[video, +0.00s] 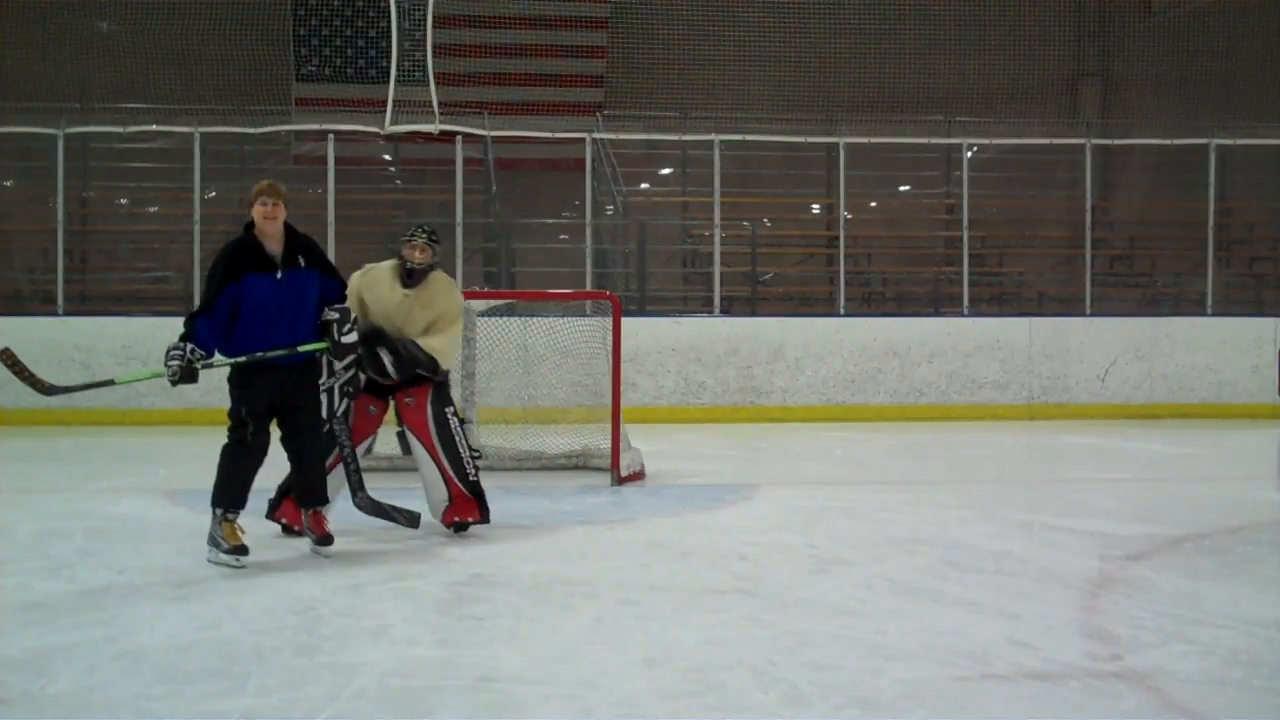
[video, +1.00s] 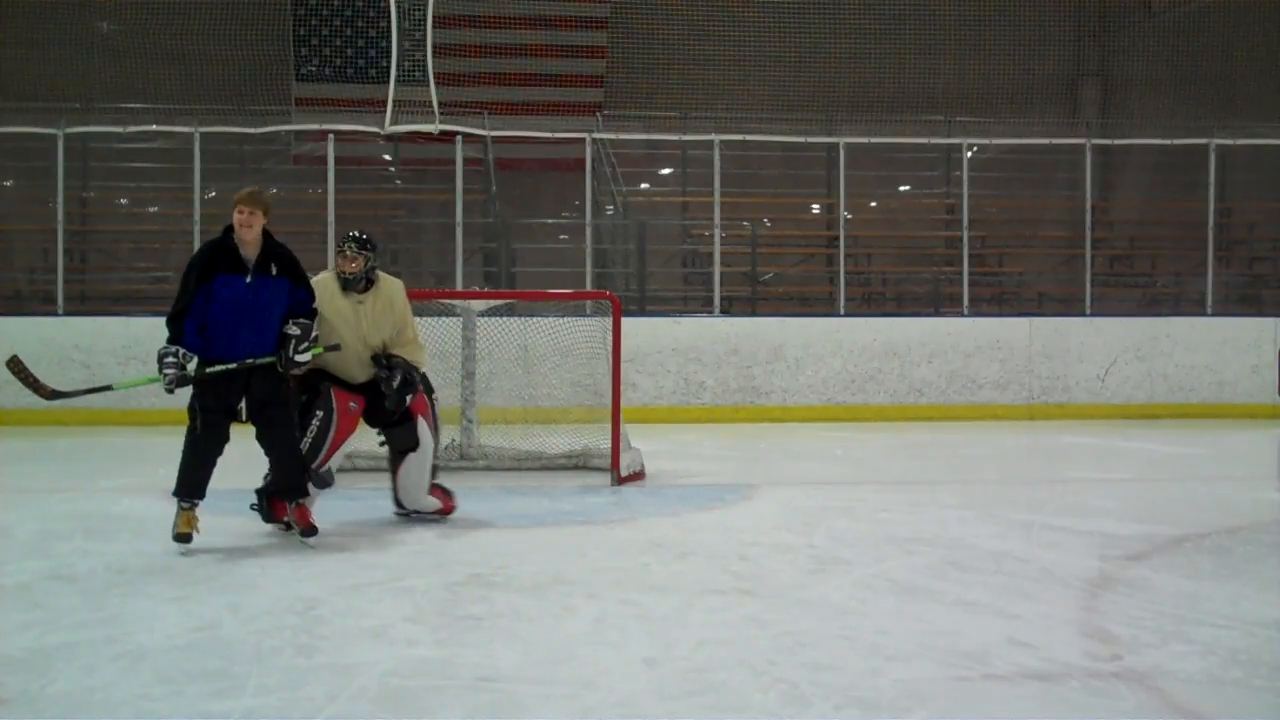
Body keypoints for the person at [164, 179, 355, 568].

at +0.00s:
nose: (269, 210)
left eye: (275, 205)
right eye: (262, 204)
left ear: (285, 211)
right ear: (251, 211)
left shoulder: (307, 251)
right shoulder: (235, 256)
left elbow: (336, 294)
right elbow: (212, 311)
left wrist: (339, 324)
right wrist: (192, 348)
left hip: (301, 366)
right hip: (252, 369)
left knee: (309, 441)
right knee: (248, 442)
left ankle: (312, 509)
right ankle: (224, 522)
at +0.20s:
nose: (277, 215)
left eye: (283, 209)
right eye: (270, 208)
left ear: (290, 214)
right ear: (255, 212)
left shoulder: (305, 252)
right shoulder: (233, 255)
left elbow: (332, 294)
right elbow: (213, 311)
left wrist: (329, 322)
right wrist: (203, 354)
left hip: (295, 365)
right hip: (246, 368)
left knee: (303, 439)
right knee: (241, 441)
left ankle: (310, 508)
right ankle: (219, 516)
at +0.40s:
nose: (287, 224)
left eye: (291, 218)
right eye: (281, 217)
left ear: (292, 220)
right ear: (260, 216)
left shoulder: (301, 256)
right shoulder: (229, 255)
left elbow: (324, 297)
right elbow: (204, 311)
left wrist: (319, 330)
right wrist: (200, 355)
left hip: (289, 367)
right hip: (239, 368)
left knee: (298, 439)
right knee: (232, 440)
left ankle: (309, 508)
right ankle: (210, 514)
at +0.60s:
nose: (282, 227)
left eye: (286, 221)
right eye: (276, 219)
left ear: (286, 223)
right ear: (254, 218)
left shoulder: (294, 258)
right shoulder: (223, 256)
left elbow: (316, 302)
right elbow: (196, 310)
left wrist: (311, 333)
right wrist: (189, 353)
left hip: (280, 367)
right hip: (230, 368)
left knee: (292, 437)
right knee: (223, 438)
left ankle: (304, 505)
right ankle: (200, 513)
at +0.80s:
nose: (262, 220)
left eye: (268, 215)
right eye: (256, 213)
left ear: (276, 219)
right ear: (241, 215)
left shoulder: (287, 257)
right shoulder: (216, 256)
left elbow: (309, 302)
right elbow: (189, 310)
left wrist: (303, 334)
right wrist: (184, 353)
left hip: (273, 365)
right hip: (223, 365)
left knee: (285, 435)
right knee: (213, 438)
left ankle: (297, 503)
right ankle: (193, 509)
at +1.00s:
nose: (245, 219)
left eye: (252, 213)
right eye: (240, 212)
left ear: (265, 219)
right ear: (232, 216)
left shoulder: (282, 259)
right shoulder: (209, 258)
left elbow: (304, 303)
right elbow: (184, 310)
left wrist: (299, 333)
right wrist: (175, 353)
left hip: (267, 365)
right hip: (216, 366)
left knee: (282, 433)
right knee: (206, 435)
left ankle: (296, 503)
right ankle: (186, 507)